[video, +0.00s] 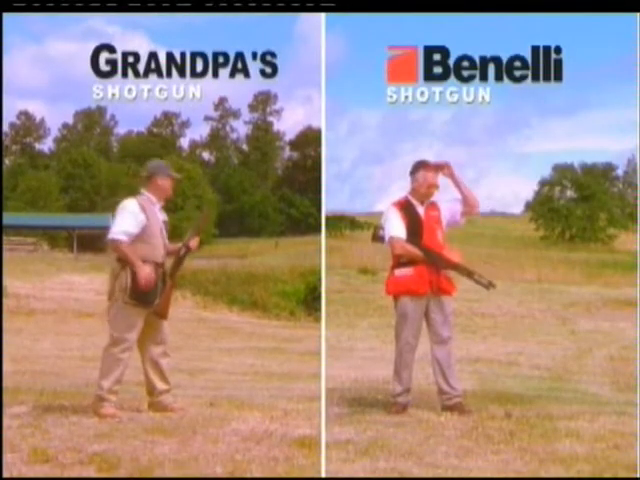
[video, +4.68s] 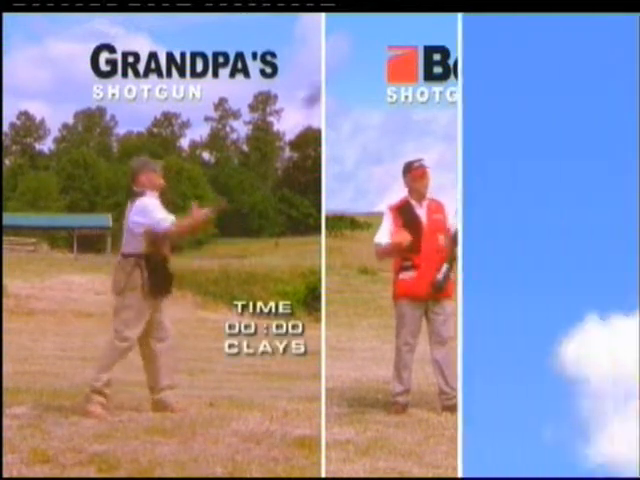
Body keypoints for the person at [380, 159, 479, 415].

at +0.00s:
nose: (431, 190)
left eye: (434, 185)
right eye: (427, 184)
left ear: (436, 185)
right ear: (414, 182)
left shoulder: (439, 209)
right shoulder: (396, 210)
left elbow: (471, 208)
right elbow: (398, 249)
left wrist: (453, 177)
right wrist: (435, 258)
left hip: (437, 281)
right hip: (409, 282)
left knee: (443, 340)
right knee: (406, 342)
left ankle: (451, 397)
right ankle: (400, 396)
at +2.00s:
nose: (426, 177)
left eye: (428, 173)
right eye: (420, 172)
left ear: (429, 179)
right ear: (407, 179)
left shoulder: (437, 208)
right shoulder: (395, 211)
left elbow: (470, 203)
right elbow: (397, 249)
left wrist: (446, 179)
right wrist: (433, 260)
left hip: (436, 279)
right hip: (408, 281)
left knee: (443, 340)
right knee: (406, 342)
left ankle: (451, 396)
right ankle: (400, 395)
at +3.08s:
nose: (434, 187)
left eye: (436, 182)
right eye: (430, 182)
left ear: (438, 183)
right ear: (416, 180)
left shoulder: (441, 208)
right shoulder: (398, 211)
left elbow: (473, 218)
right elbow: (399, 250)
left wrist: (466, 196)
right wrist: (434, 261)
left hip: (439, 282)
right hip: (410, 283)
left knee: (443, 340)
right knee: (407, 343)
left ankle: (451, 397)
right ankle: (401, 396)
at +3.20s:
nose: (436, 189)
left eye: (439, 184)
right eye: (432, 183)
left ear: (441, 185)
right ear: (419, 181)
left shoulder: (444, 210)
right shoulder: (401, 210)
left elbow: (465, 225)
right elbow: (402, 249)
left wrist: (474, 225)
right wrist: (435, 262)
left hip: (440, 281)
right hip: (411, 282)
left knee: (443, 340)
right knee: (407, 343)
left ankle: (450, 397)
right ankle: (400, 397)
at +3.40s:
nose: (441, 190)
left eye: (445, 186)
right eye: (437, 185)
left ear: (448, 186)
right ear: (425, 182)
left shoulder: (449, 210)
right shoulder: (406, 209)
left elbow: (470, 237)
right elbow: (407, 246)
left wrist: (469, 265)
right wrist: (439, 264)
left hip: (442, 283)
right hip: (412, 283)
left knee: (444, 342)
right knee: (407, 343)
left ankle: (451, 397)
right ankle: (400, 396)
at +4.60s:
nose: (427, 181)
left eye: (429, 176)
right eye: (422, 177)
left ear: (433, 178)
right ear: (410, 181)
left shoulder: (443, 209)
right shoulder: (396, 211)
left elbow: (462, 247)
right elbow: (383, 248)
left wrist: (470, 228)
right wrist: (405, 246)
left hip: (440, 280)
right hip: (409, 281)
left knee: (444, 341)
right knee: (406, 342)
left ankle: (451, 397)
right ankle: (400, 395)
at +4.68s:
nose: (422, 182)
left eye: (425, 177)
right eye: (417, 178)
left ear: (429, 179)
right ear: (407, 182)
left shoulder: (440, 208)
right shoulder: (394, 211)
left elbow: (451, 240)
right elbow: (380, 249)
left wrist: (448, 250)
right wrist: (398, 245)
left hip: (439, 284)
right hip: (409, 286)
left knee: (443, 342)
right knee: (406, 343)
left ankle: (449, 396)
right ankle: (401, 395)